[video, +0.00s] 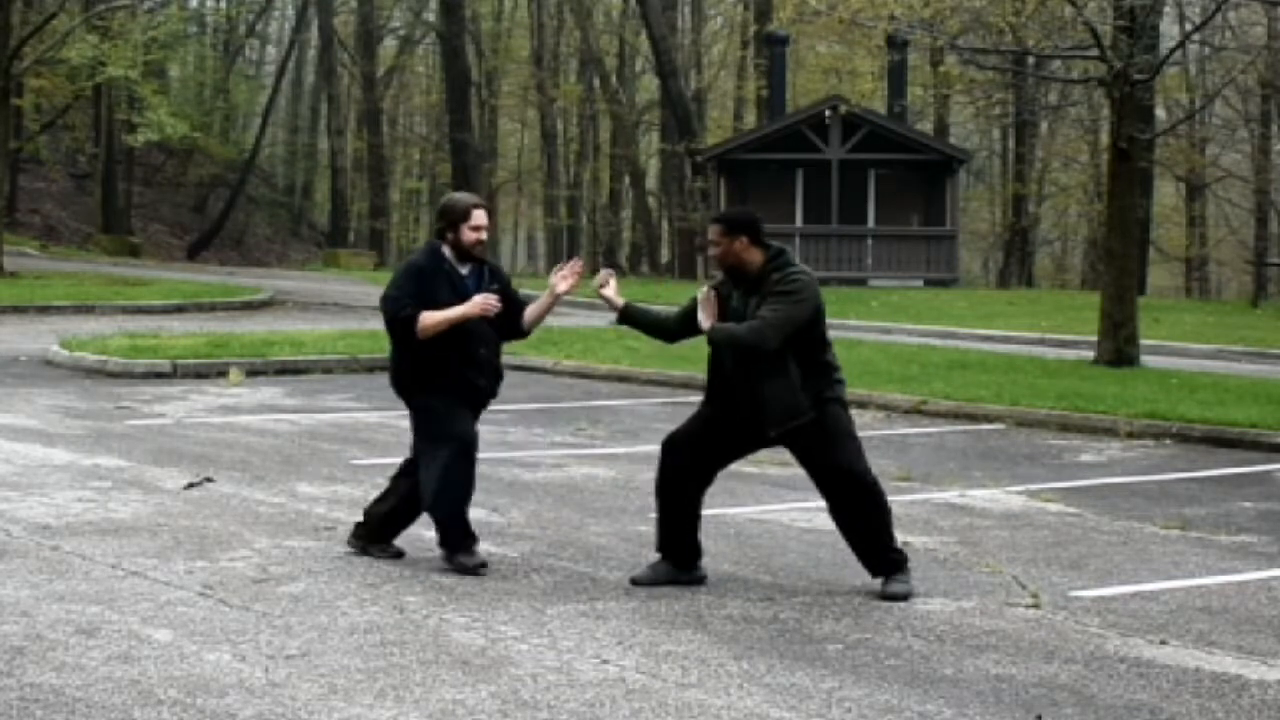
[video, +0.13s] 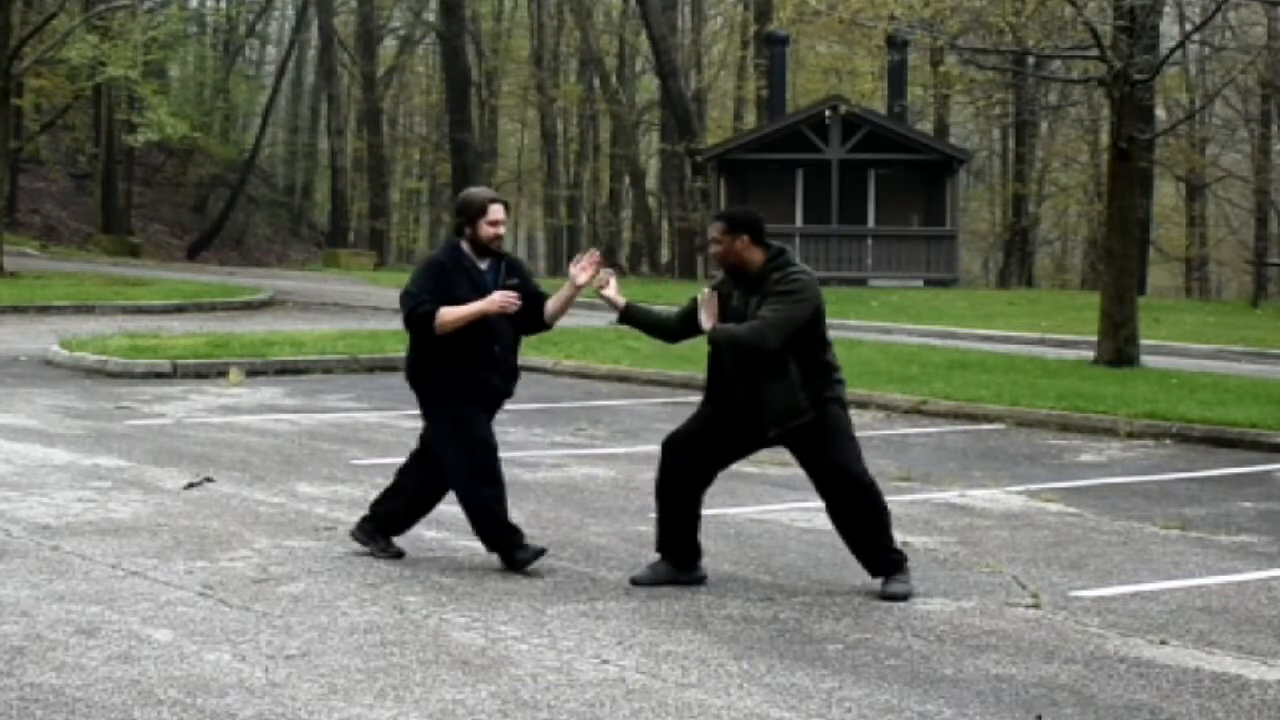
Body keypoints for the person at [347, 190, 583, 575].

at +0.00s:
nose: (483, 236)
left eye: (486, 228)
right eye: (475, 228)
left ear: (487, 230)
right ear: (450, 230)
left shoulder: (488, 274)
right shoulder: (422, 268)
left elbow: (513, 326)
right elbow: (405, 326)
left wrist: (552, 295)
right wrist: (464, 311)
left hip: (470, 388)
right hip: (427, 385)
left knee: (431, 462)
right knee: (457, 450)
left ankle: (372, 533)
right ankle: (458, 546)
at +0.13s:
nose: (500, 230)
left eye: (503, 223)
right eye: (492, 224)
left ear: (506, 224)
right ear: (468, 225)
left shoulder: (508, 269)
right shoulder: (440, 266)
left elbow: (536, 320)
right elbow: (420, 321)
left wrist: (573, 286)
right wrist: (482, 307)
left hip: (486, 389)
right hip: (443, 388)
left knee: (435, 463)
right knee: (477, 461)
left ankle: (375, 527)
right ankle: (508, 547)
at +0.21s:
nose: (515, 230)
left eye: (518, 223)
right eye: (506, 223)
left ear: (520, 225)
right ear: (482, 225)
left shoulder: (523, 268)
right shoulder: (457, 264)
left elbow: (553, 318)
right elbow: (436, 322)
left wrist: (589, 283)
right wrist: (499, 305)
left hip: (503, 389)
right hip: (459, 388)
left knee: (453, 461)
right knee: (495, 461)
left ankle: (386, 518)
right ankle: (517, 549)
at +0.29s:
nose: (531, 233)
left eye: (533, 225)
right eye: (523, 226)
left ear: (536, 227)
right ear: (498, 228)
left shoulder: (538, 269)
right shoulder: (472, 267)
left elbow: (574, 318)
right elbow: (457, 324)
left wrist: (608, 280)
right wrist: (519, 305)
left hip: (526, 390)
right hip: (479, 391)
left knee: (487, 464)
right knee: (509, 466)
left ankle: (415, 508)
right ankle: (520, 550)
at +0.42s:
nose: (554, 235)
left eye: (557, 228)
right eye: (546, 229)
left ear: (558, 229)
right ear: (522, 230)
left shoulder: (561, 273)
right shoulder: (494, 272)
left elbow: (598, 317)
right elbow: (486, 328)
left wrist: (633, 284)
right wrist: (548, 303)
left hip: (548, 394)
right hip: (498, 395)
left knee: (557, 466)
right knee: (518, 465)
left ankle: (481, 510)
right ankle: (520, 549)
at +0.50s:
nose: (571, 233)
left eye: (574, 226)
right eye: (563, 226)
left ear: (575, 227)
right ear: (538, 228)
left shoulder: (578, 271)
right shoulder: (510, 267)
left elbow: (613, 318)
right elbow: (501, 324)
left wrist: (648, 290)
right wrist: (565, 300)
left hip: (563, 392)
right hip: (512, 394)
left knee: (587, 459)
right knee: (524, 468)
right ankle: (520, 549)